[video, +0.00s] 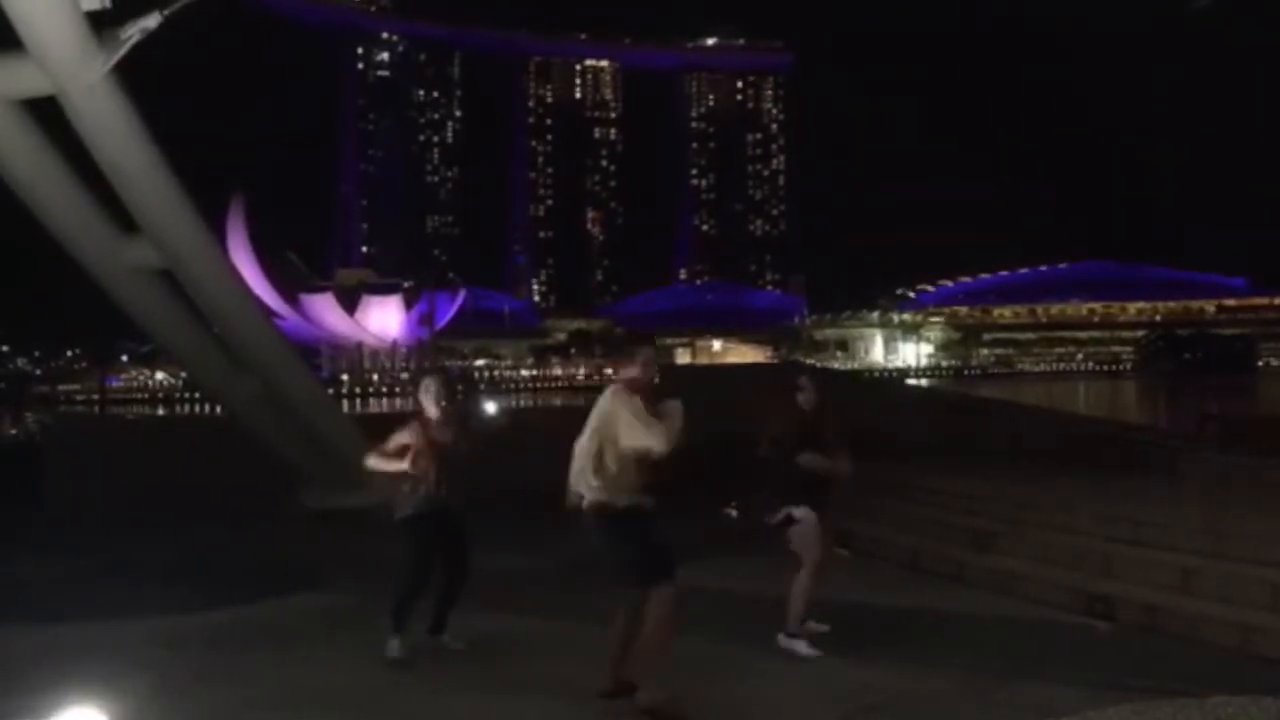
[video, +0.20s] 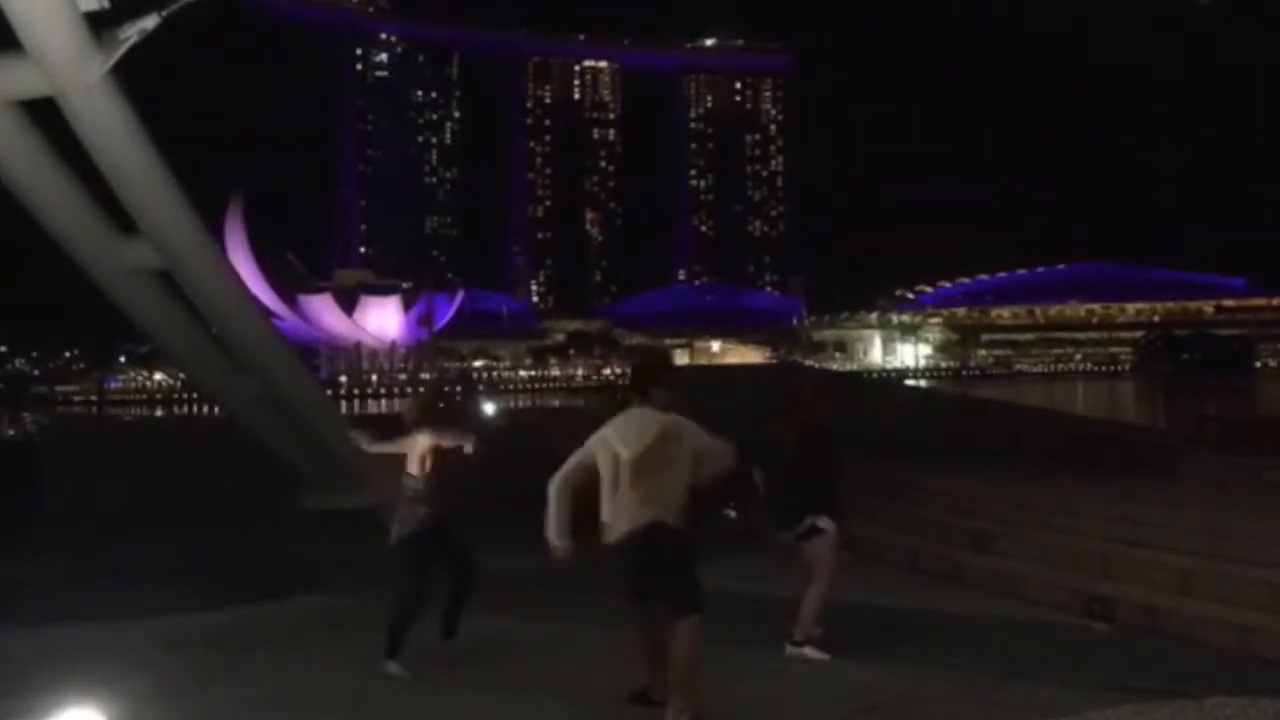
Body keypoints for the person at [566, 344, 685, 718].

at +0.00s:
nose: (650, 373)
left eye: (652, 366)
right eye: (643, 365)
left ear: (653, 371)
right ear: (625, 368)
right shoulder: (618, 399)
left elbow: (583, 447)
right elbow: (656, 444)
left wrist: (585, 489)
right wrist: (672, 413)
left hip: (629, 508)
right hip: (616, 510)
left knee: (636, 592)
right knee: (662, 586)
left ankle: (618, 677)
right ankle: (641, 679)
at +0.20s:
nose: (669, 396)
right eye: (666, 390)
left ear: (631, 391)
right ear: (662, 391)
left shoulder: (607, 434)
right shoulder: (678, 429)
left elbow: (560, 482)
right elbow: (722, 457)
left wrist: (558, 538)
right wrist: (689, 478)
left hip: (623, 537)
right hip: (668, 533)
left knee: (642, 614)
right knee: (687, 612)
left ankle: (652, 687)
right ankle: (679, 701)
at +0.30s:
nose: (598, 390)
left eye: (599, 384)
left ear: (604, 387)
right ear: (636, 382)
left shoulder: (598, 431)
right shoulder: (667, 423)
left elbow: (606, 488)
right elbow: (677, 481)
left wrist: (634, 514)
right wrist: (672, 514)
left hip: (628, 532)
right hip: (674, 529)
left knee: (643, 611)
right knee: (688, 607)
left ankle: (655, 685)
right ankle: (694, 682)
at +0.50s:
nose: (585, 374)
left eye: (593, 366)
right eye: (582, 368)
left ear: (614, 368)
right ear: (581, 374)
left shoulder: (629, 404)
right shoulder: (599, 416)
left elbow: (682, 429)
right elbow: (584, 456)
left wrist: (703, 480)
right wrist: (561, 482)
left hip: (659, 511)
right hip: (635, 513)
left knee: (631, 595)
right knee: (636, 595)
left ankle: (661, 682)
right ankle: (671, 674)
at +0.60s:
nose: (598, 372)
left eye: (605, 364)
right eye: (593, 365)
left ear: (620, 370)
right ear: (587, 372)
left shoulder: (648, 409)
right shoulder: (584, 423)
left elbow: (692, 449)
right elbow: (558, 463)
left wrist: (699, 507)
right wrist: (517, 482)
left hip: (658, 515)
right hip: (618, 519)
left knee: (642, 596)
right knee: (627, 595)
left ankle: (647, 673)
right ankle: (629, 662)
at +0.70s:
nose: (613, 388)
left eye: (620, 381)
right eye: (607, 381)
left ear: (635, 388)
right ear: (599, 390)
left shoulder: (659, 434)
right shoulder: (587, 437)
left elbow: (675, 490)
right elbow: (549, 483)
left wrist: (685, 537)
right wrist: (500, 512)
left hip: (653, 541)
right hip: (607, 544)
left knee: (649, 607)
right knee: (608, 608)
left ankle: (643, 675)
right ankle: (612, 662)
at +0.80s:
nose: (629, 396)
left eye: (636, 389)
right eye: (623, 388)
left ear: (649, 395)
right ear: (613, 393)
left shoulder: (662, 443)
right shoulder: (594, 437)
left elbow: (657, 506)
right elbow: (558, 481)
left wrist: (644, 556)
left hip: (646, 541)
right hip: (602, 543)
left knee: (652, 606)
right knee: (602, 607)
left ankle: (643, 675)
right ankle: (606, 661)